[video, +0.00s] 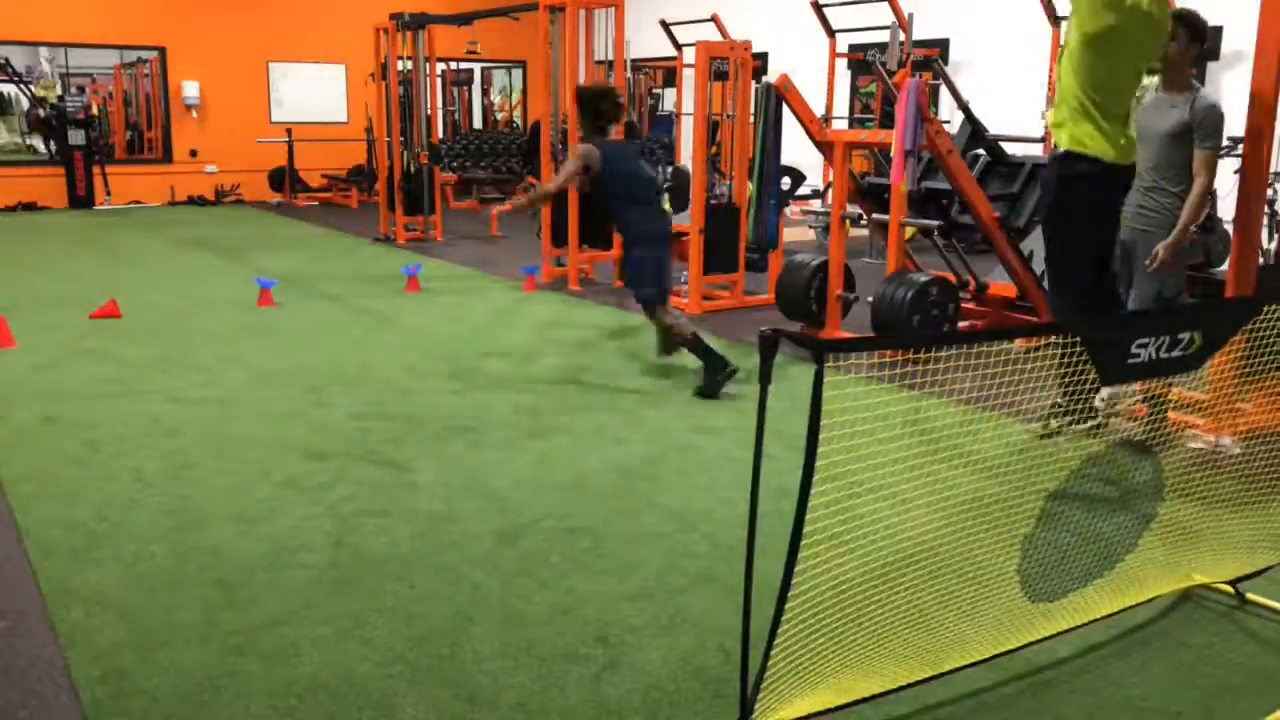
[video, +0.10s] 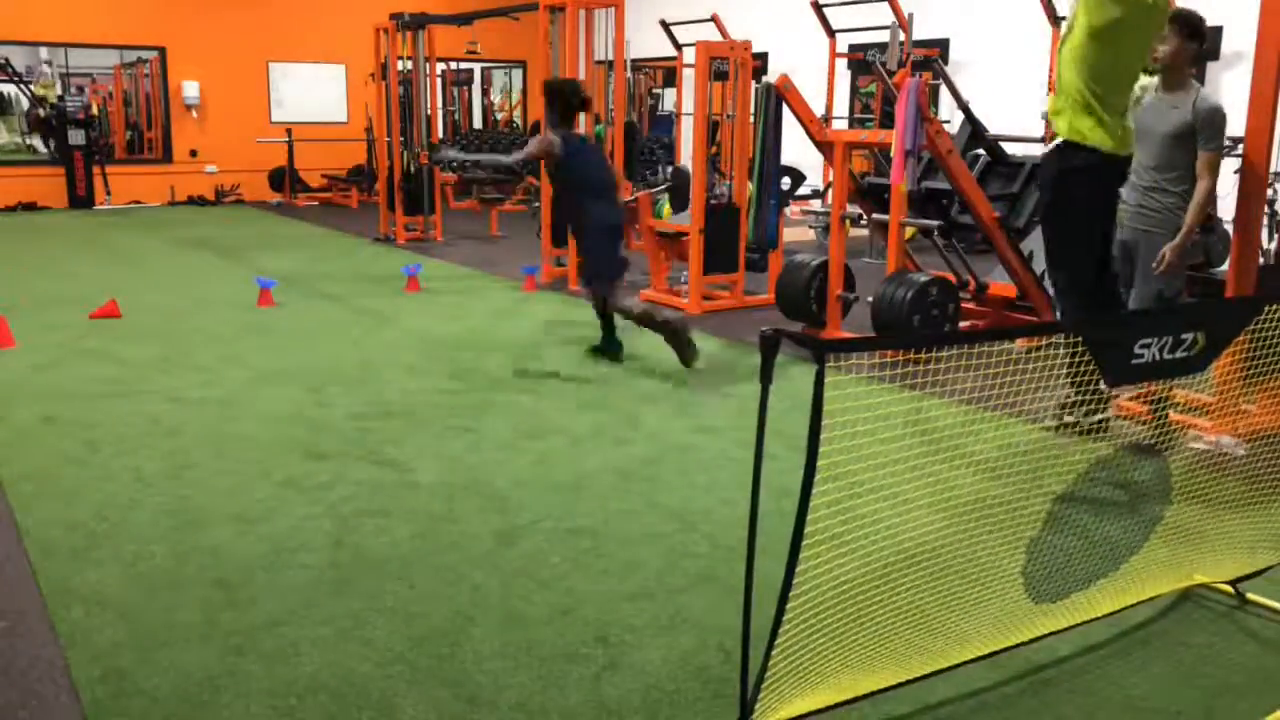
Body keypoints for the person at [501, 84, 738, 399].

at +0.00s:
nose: (577, 122)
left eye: (579, 117)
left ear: (584, 119)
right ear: (613, 119)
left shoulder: (588, 152)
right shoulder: (628, 149)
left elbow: (554, 187)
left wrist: (518, 204)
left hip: (639, 231)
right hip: (660, 224)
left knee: (655, 307)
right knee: (654, 296)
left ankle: (715, 362)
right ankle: (668, 337)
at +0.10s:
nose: (541, 110)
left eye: (544, 105)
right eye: (544, 104)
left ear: (548, 109)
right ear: (575, 110)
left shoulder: (550, 140)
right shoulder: (586, 142)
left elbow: (513, 162)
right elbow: (612, 183)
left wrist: (462, 159)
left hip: (591, 221)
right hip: (609, 218)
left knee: (602, 288)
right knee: (599, 284)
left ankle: (668, 326)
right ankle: (609, 341)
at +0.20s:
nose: (508, 103)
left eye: (510, 98)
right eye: (511, 98)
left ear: (515, 103)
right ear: (538, 104)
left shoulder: (517, 131)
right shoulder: (545, 136)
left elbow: (504, 147)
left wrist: (455, 133)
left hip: (548, 222)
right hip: (566, 217)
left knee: (535, 284)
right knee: (566, 281)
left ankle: (592, 316)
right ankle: (597, 329)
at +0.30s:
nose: (463, 96)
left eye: (465, 91)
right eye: (464, 90)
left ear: (471, 94)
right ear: (492, 96)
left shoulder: (479, 117)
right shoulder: (498, 126)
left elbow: (483, 137)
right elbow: (488, 172)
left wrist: (442, 137)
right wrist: (463, 197)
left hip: (495, 208)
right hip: (517, 206)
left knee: (461, 251)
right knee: (539, 267)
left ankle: (483, 317)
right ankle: (590, 310)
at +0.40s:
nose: (411, 101)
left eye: (414, 95)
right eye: (412, 94)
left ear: (422, 100)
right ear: (442, 101)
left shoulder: (434, 123)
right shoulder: (446, 129)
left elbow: (449, 148)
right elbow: (436, 177)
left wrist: (435, 165)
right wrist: (414, 199)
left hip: (455, 209)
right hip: (467, 207)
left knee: (419, 254)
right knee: (487, 270)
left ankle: (397, 305)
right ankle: (541, 279)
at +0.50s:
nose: (379, 121)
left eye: (381, 115)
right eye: (380, 115)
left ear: (386, 119)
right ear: (407, 118)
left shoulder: (399, 146)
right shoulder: (419, 147)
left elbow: (406, 179)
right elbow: (422, 185)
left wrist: (394, 209)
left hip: (414, 216)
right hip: (433, 216)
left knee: (378, 247)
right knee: (418, 263)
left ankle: (380, 307)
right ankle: (461, 277)